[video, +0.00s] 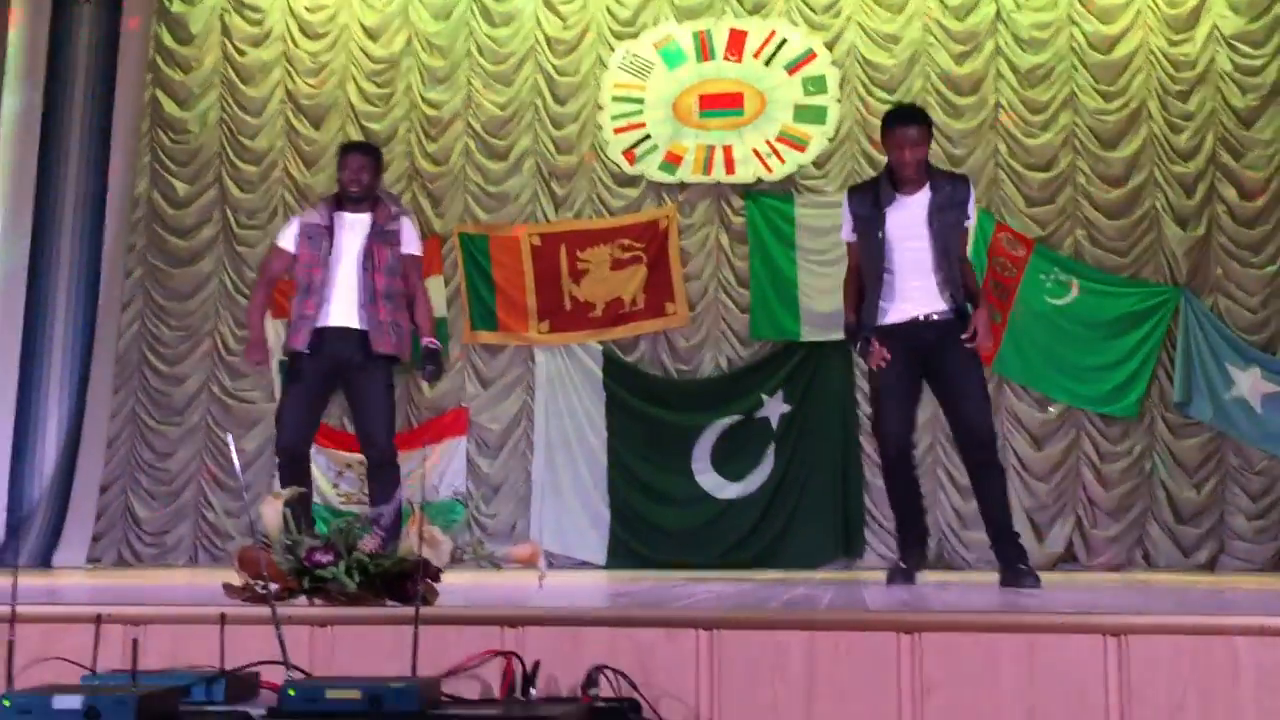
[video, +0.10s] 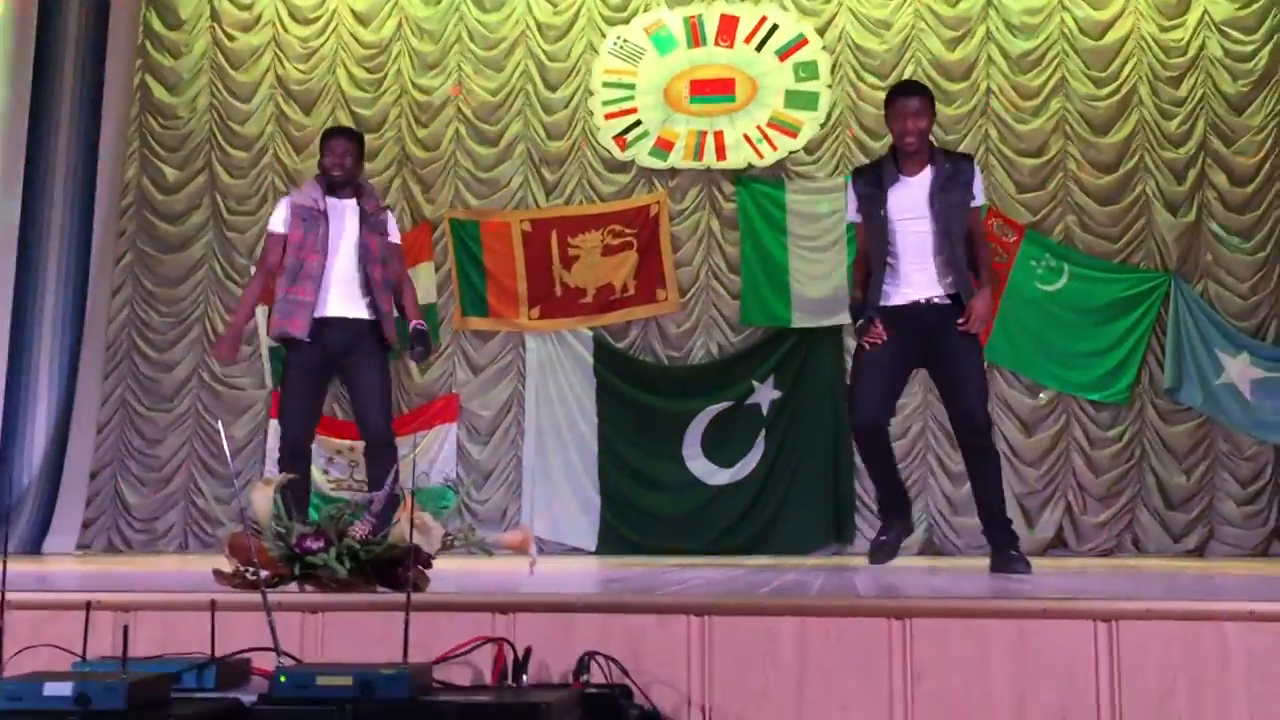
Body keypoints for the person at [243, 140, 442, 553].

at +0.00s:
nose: (355, 177)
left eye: (364, 171)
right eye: (348, 169)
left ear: (378, 176)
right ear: (337, 174)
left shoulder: (398, 224)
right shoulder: (309, 221)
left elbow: (416, 287)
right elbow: (267, 277)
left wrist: (428, 340)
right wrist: (255, 333)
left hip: (371, 350)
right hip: (313, 349)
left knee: (380, 451)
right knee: (290, 447)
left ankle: (386, 551)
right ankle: (302, 547)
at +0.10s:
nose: (337, 161)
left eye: (346, 155)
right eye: (331, 154)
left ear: (361, 162)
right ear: (319, 159)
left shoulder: (379, 214)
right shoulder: (293, 206)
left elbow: (399, 277)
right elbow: (265, 273)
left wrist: (415, 322)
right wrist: (235, 331)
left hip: (364, 336)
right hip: (307, 335)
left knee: (379, 434)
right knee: (294, 440)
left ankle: (382, 534)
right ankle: (293, 536)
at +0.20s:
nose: (345, 167)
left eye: (353, 160)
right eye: (337, 159)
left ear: (366, 165)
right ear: (327, 163)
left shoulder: (388, 213)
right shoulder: (301, 219)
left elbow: (411, 269)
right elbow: (276, 282)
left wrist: (428, 325)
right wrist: (251, 332)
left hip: (371, 339)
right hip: (315, 341)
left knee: (394, 432)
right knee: (299, 439)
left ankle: (411, 529)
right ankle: (306, 531)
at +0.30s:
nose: (364, 179)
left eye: (372, 172)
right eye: (357, 172)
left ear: (387, 177)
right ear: (347, 178)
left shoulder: (406, 220)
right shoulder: (328, 227)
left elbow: (424, 280)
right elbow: (302, 291)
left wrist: (435, 337)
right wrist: (277, 345)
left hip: (386, 352)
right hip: (332, 353)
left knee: (406, 446)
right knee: (309, 448)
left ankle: (426, 541)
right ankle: (317, 545)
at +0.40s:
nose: (369, 197)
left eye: (378, 190)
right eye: (363, 190)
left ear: (393, 197)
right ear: (353, 196)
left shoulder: (415, 250)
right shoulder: (329, 245)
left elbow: (427, 312)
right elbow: (297, 310)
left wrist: (429, 363)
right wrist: (285, 374)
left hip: (394, 372)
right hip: (339, 371)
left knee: (416, 465)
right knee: (307, 460)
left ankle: (434, 560)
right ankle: (328, 558)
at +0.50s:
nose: (367, 209)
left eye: (375, 202)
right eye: (361, 202)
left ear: (390, 208)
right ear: (350, 208)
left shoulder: (412, 261)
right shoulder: (326, 257)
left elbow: (423, 326)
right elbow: (307, 329)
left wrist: (428, 377)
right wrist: (290, 392)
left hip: (395, 385)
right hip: (340, 386)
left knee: (415, 478)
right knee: (328, 483)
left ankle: (431, 568)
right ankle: (338, 572)